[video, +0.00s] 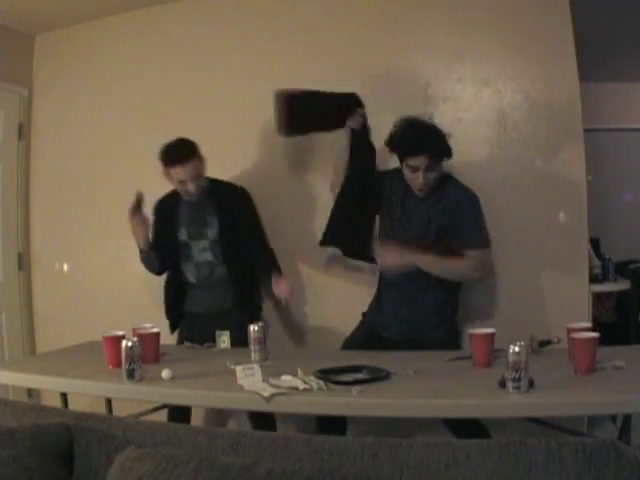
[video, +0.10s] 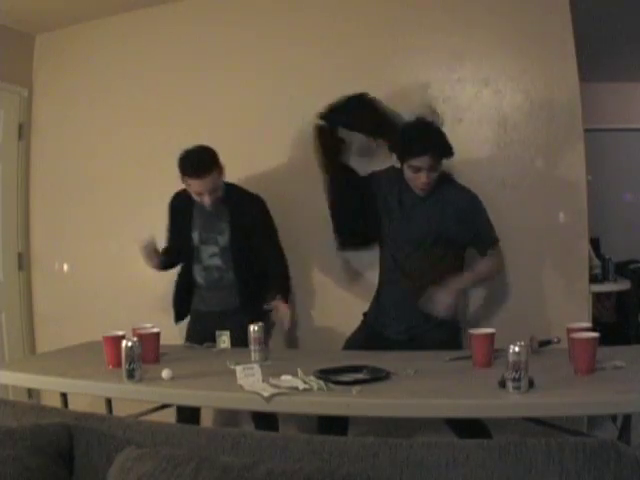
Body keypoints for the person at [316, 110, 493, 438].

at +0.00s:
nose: (420, 180)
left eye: (428, 170)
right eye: (411, 170)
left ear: (440, 163)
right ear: (400, 163)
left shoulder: (460, 200)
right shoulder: (387, 185)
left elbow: (477, 267)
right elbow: (351, 191)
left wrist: (411, 257)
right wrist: (354, 137)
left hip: (433, 326)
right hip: (381, 321)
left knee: (454, 409)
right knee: (330, 385)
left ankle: (499, 467)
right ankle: (327, 469)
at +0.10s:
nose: (424, 179)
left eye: (432, 170)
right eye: (416, 170)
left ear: (441, 163)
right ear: (401, 163)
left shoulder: (461, 201)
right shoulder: (384, 187)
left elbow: (493, 260)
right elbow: (342, 194)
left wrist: (454, 287)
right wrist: (328, 143)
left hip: (437, 325)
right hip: (385, 318)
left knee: (455, 407)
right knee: (333, 388)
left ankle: (499, 469)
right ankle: (327, 474)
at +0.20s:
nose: (429, 181)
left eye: (437, 172)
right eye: (421, 172)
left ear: (446, 165)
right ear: (405, 164)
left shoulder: (464, 201)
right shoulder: (388, 184)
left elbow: (491, 257)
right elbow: (340, 186)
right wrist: (305, 146)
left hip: (437, 326)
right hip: (384, 321)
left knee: (458, 408)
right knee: (334, 385)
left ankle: (498, 468)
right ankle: (330, 469)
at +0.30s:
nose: (429, 173)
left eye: (436, 165)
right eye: (420, 164)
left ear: (446, 160)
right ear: (406, 159)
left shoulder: (465, 200)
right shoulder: (388, 184)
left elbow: (504, 255)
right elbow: (330, 180)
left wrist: (528, 318)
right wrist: (312, 136)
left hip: (437, 328)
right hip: (381, 322)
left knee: (460, 412)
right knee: (331, 391)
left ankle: (504, 475)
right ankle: (328, 473)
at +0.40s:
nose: (421, 170)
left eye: (430, 161)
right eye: (413, 161)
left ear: (443, 158)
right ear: (402, 157)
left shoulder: (464, 198)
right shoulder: (389, 185)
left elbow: (514, 251)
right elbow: (333, 179)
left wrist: (533, 321)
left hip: (435, 330)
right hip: (380, 324)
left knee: (459, 411)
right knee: (331, 391)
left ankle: (503, 474)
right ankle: (327, 474)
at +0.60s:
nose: (420, 169)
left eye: (429, 160)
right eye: (413, 159)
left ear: (446, 158)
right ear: (406, 156)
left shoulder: (468, 196)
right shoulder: (394, 186)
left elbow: (502, 255)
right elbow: (332, 180)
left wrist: (487, 243)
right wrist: (307, 120)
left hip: (438, 328)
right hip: (382, 323)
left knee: (458, 410)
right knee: (335, 394)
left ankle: (499, 468)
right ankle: (328, 476)